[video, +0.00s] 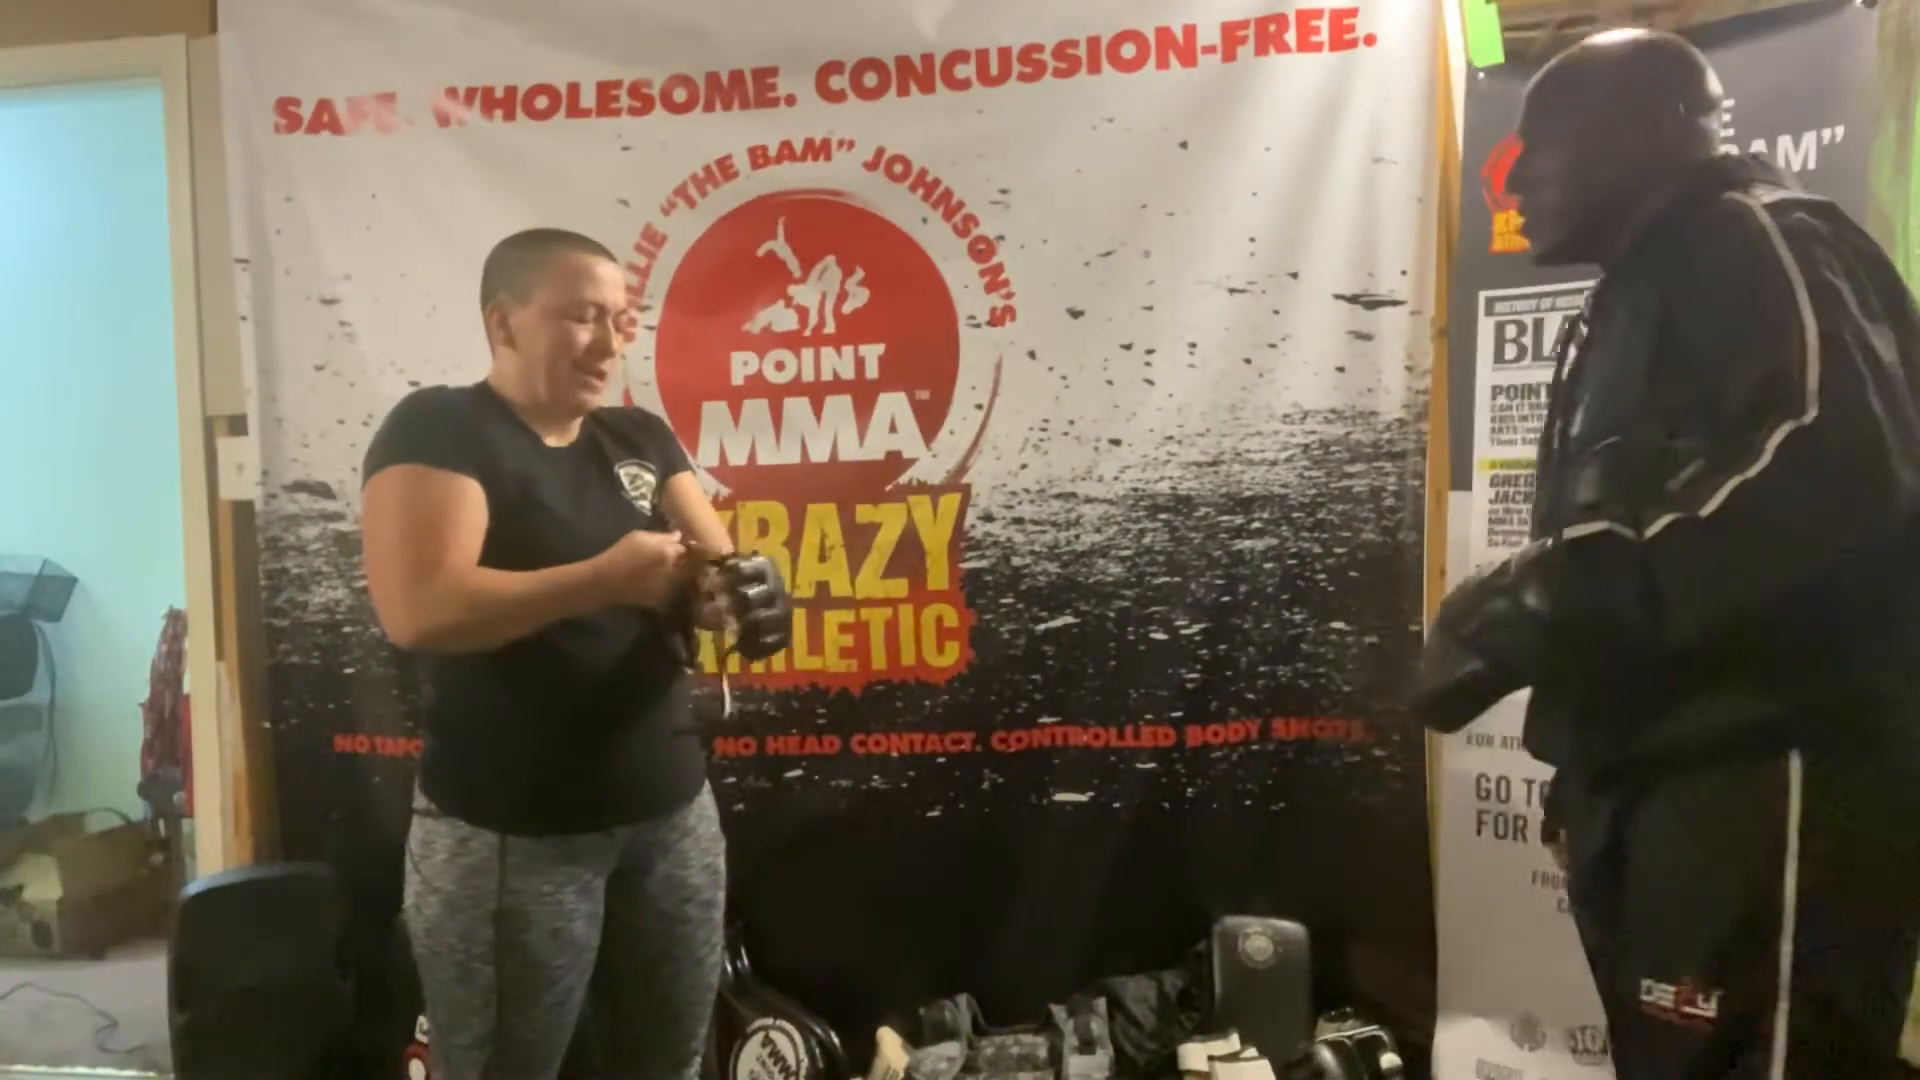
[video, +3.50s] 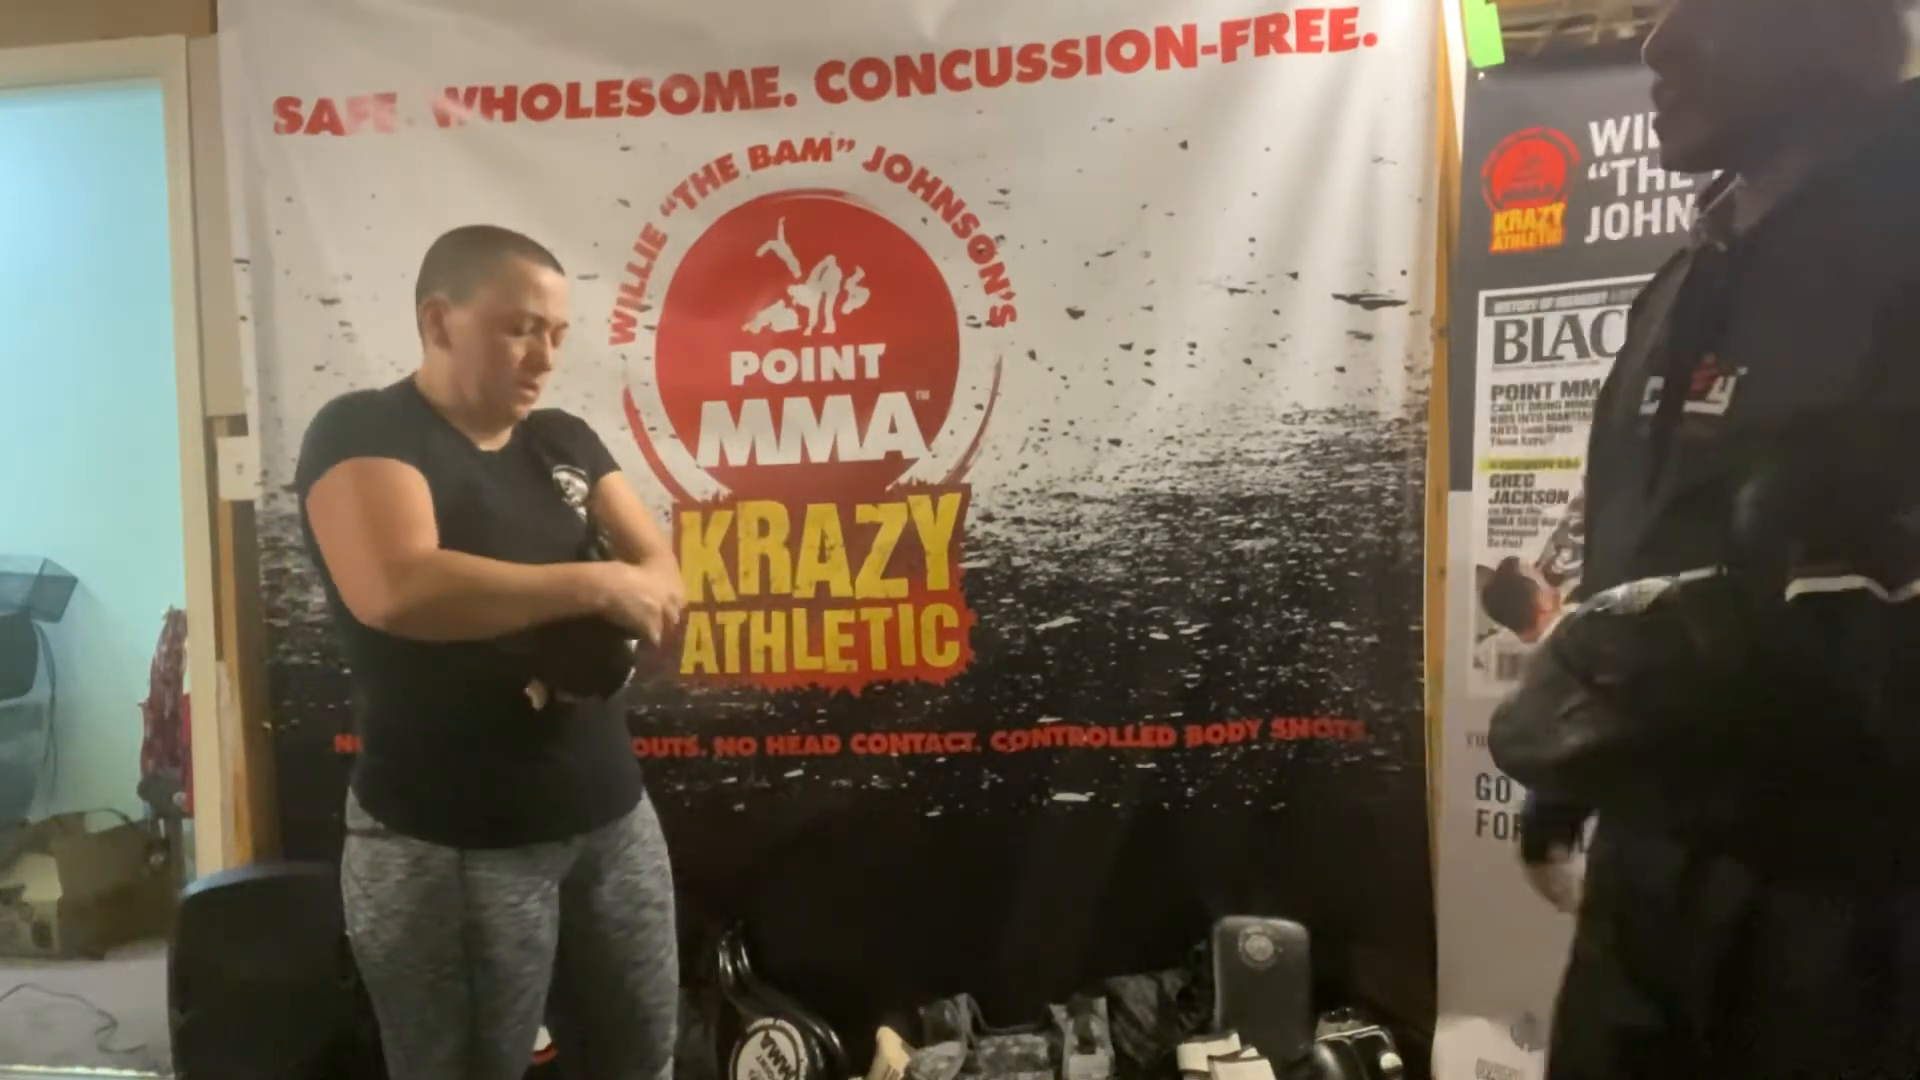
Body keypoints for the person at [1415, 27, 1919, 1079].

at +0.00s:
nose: (1511, 169)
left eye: (1539, 139)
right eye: (1518, 142)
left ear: (1637, 136)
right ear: (1621, 148)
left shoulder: (1755, 233)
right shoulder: (1624, 303)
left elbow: (1838, 464)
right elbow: (1610, 529)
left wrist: (1547, 602)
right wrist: (1582, 769)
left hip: (1777, 787)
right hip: (1672, 789)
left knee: (1769, 1057)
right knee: (1679, 1055)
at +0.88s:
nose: (1638, 108)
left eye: (1667, 73)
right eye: (1648, 78)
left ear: (1774, 63)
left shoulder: (1891, 217)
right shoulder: (1701, 311)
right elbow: (1670, 581)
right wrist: (1610, 744)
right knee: (1643, 1052)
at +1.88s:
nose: (1608, 57)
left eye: (1654, 34)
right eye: (1617, 38)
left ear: (1765, 65)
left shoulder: (1846, 229)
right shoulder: (1639, 285)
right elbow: (1584, 548)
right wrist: (1533, 766)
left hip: (1794, 808)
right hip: (1635, 811)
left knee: (1799, 1053)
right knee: (1617, 1053)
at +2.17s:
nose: (1503, 142)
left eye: (1532, 104)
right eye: (1508, 116)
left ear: (1639, 112)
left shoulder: (1765, 230)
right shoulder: (1539, 338)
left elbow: (1890, 452)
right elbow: (1508, 591)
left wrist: (1598, 596)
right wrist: (1423, 768)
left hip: (1766, 775)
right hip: (1591, 790)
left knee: (1762, 1057)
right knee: (1595, 1053)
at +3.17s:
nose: (1629, 69)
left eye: (1676, 35)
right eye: (1622, 47)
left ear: (1805, 51)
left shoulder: (1884, 227)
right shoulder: (1613, 300)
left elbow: (1894, 572)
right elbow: (1543, 564)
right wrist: (1447, 732)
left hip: (1823, 842)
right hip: (1617, 839)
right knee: (1592, 1058)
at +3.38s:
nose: (1643, 40)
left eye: (1681, 9)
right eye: (1645, 19)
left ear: (1822, 24)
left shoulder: (1892, 196)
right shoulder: (1643, 305)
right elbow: (1615, 591)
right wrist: (1516, 753)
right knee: (1590, 1057)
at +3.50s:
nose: (1652, 40)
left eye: (1698, 7)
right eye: (1663, 16)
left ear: (1837, 25)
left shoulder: (1897, 215)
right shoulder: (1671, 290)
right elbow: (1623, 557)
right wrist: (1565, 775)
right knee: (1606, 1059)